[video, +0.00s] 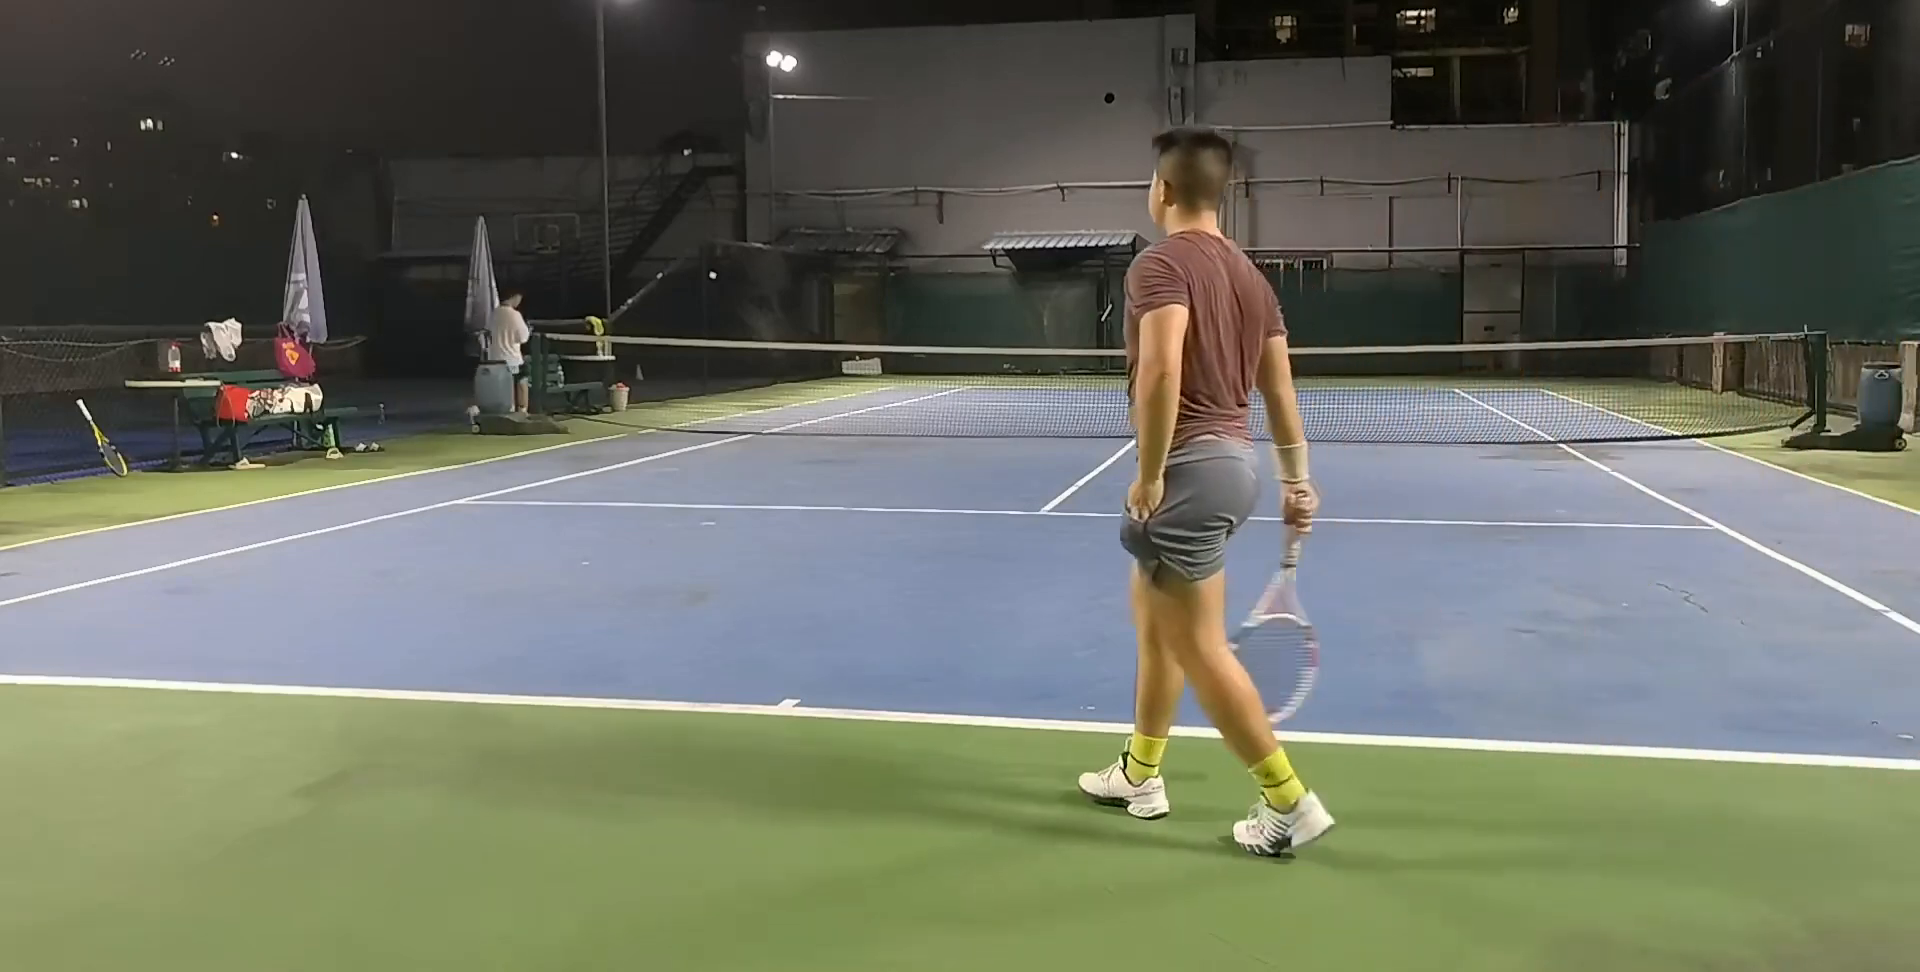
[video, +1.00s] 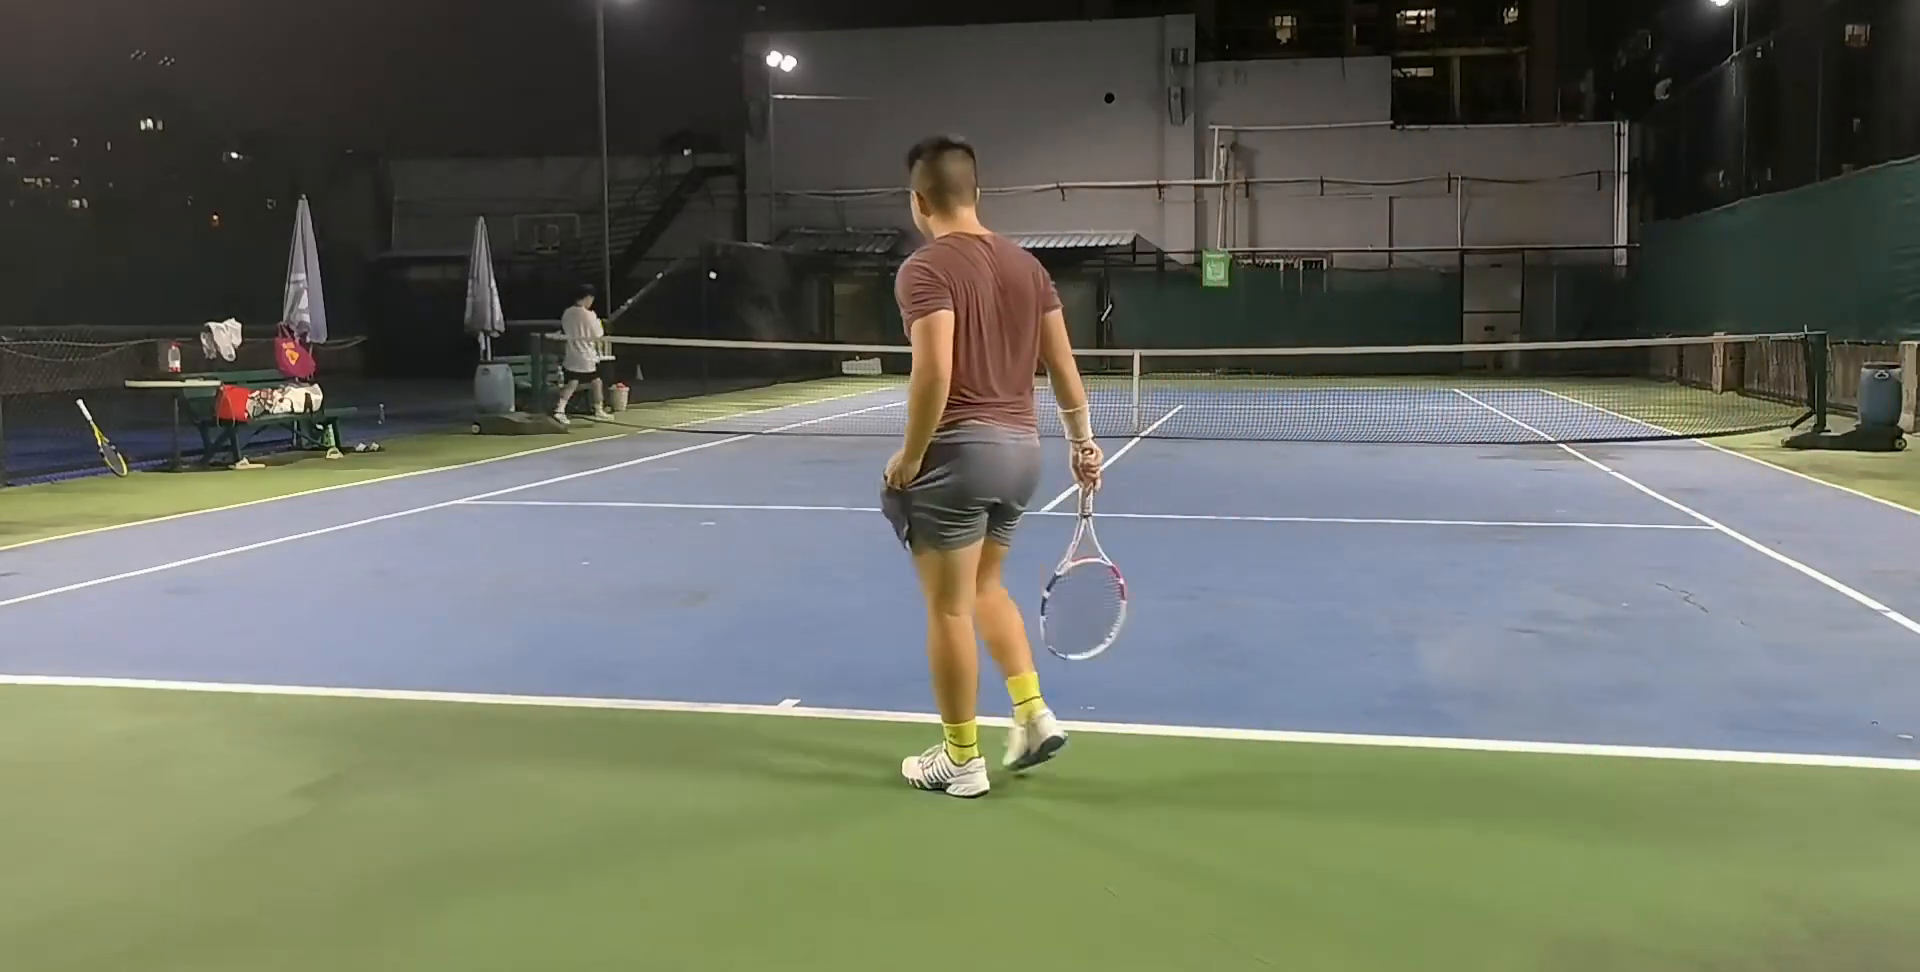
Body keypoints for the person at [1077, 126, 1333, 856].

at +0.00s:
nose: (1147, 195)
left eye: (1151, 187)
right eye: (1152, 185)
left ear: (1161, 192)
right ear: (1220, 196)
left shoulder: (1161, 263)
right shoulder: (1253, 277)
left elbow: (1160, 375)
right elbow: (1279, 391)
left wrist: (1147, 475)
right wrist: (1296, 477)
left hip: (1185, 466)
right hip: (1239, 464)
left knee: (1200, 647)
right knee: (1152, 605)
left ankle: (1288, 801)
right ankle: (1141, 772)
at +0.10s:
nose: (1133, 195)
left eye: (1134, 187)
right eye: (1138, 187)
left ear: (1142, 189)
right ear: (1203, 193)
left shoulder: (1140, 259)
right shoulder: (1227, 277)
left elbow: (1137, 368)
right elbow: (1237, 389)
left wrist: (1119, 468)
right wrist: (1235, 472)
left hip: (1160, 460)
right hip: (1215, 459)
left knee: (1126, 636)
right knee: (1153, 621)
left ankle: (1245, 763)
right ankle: (1139, 772)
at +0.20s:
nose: (1114, 196)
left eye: (1115, 186)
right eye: (1121, 186)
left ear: (1123, 189)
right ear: (1181, 189)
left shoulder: (1124, 258)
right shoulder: (1205, 271)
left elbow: (1121, 368)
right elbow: (1203, 389)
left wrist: (1097, 464)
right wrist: (1172, 456)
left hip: (1138, 457)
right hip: (1191, 456)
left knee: (1075, 618)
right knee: (1151, 617)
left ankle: (1183, 750)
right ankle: (1141, 768)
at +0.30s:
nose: (1093, 194)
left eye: (1094, 184)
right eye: (1101, 184)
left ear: (1102, 188)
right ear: (1161, 190)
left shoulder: (1108, 257)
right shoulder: (1180, 268)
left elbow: (1109, 362)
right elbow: (1176, 378)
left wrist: (1077, 460)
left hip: (1119, 453)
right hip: (1174, 453)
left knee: (1044, 604)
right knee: (1147, 613)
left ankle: (1099, 760)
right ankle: (1142, 774)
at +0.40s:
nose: (1069, 197)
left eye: (1069, 189)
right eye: (1074, 190)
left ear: (1076, 191)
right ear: (1140, 193)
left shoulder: (1084, 261)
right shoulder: (1161, 270)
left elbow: (1093, 364)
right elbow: (1158, 375)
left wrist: (1060, 458)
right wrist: (1098, 437)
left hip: (1098, 457)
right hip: (1154, 454)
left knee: (1032, 606)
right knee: (1137, 613)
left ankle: (1019, 770)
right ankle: (1141, 775)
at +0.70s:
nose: (982, 207)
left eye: (982, 198)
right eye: (985, 198)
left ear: (989, 201)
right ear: (1051, 198)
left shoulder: (998, 277)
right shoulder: (1087, 273)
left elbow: (1009, 387)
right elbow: (1096, 371)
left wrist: (974, 461)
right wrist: (1048, 422)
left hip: (1020, 458)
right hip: (1084, 454)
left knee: (977, 611)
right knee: (1079, 605)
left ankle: (962, 757)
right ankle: (1131, 758)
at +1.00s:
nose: (912, 210)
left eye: (911, 201)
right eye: (915, 201)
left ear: (919, 202)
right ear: (977, 195)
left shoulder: (925, 267)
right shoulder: (1027, 265)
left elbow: (935, 370)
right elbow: (1064, 366)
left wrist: (910, 454)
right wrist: (1081, 437)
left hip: (956, 447)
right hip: (1023, 449)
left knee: (950, 605)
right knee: (987, 585)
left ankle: (962, 757)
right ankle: (1033, 715)